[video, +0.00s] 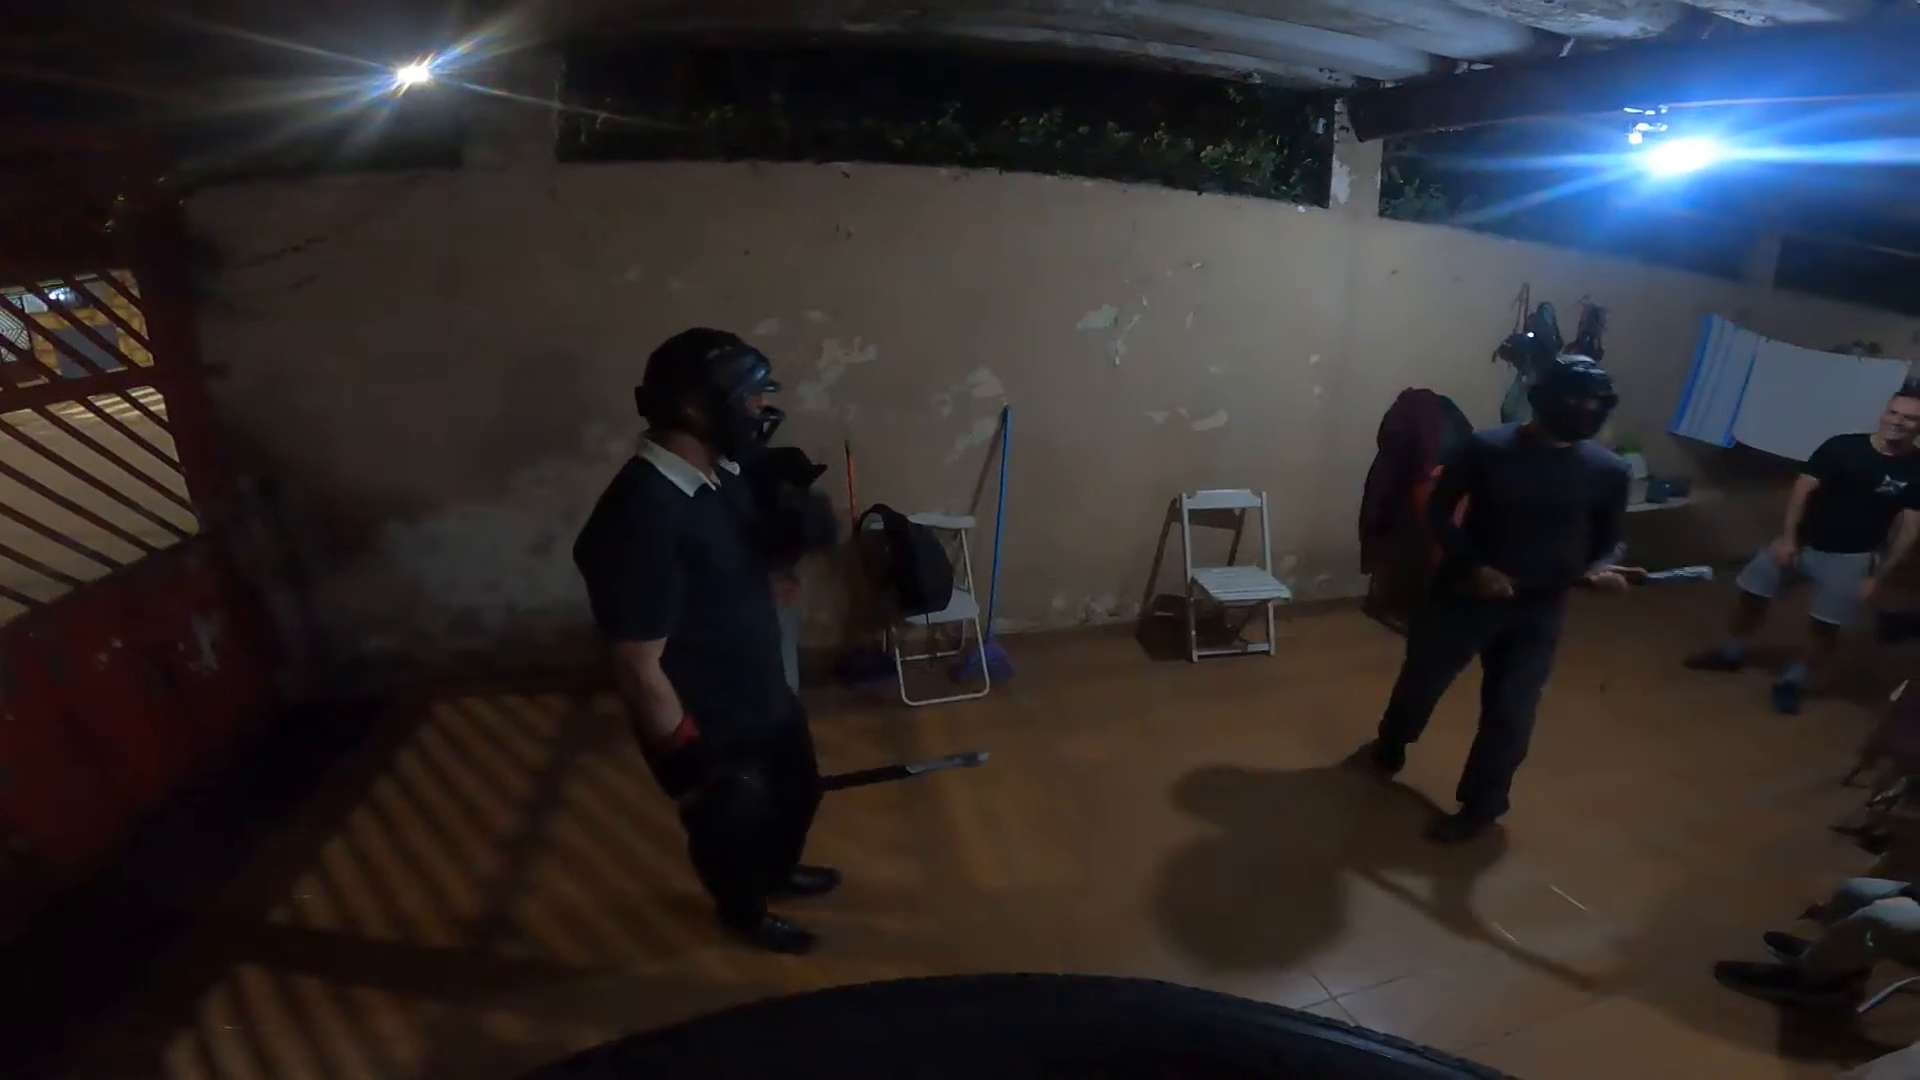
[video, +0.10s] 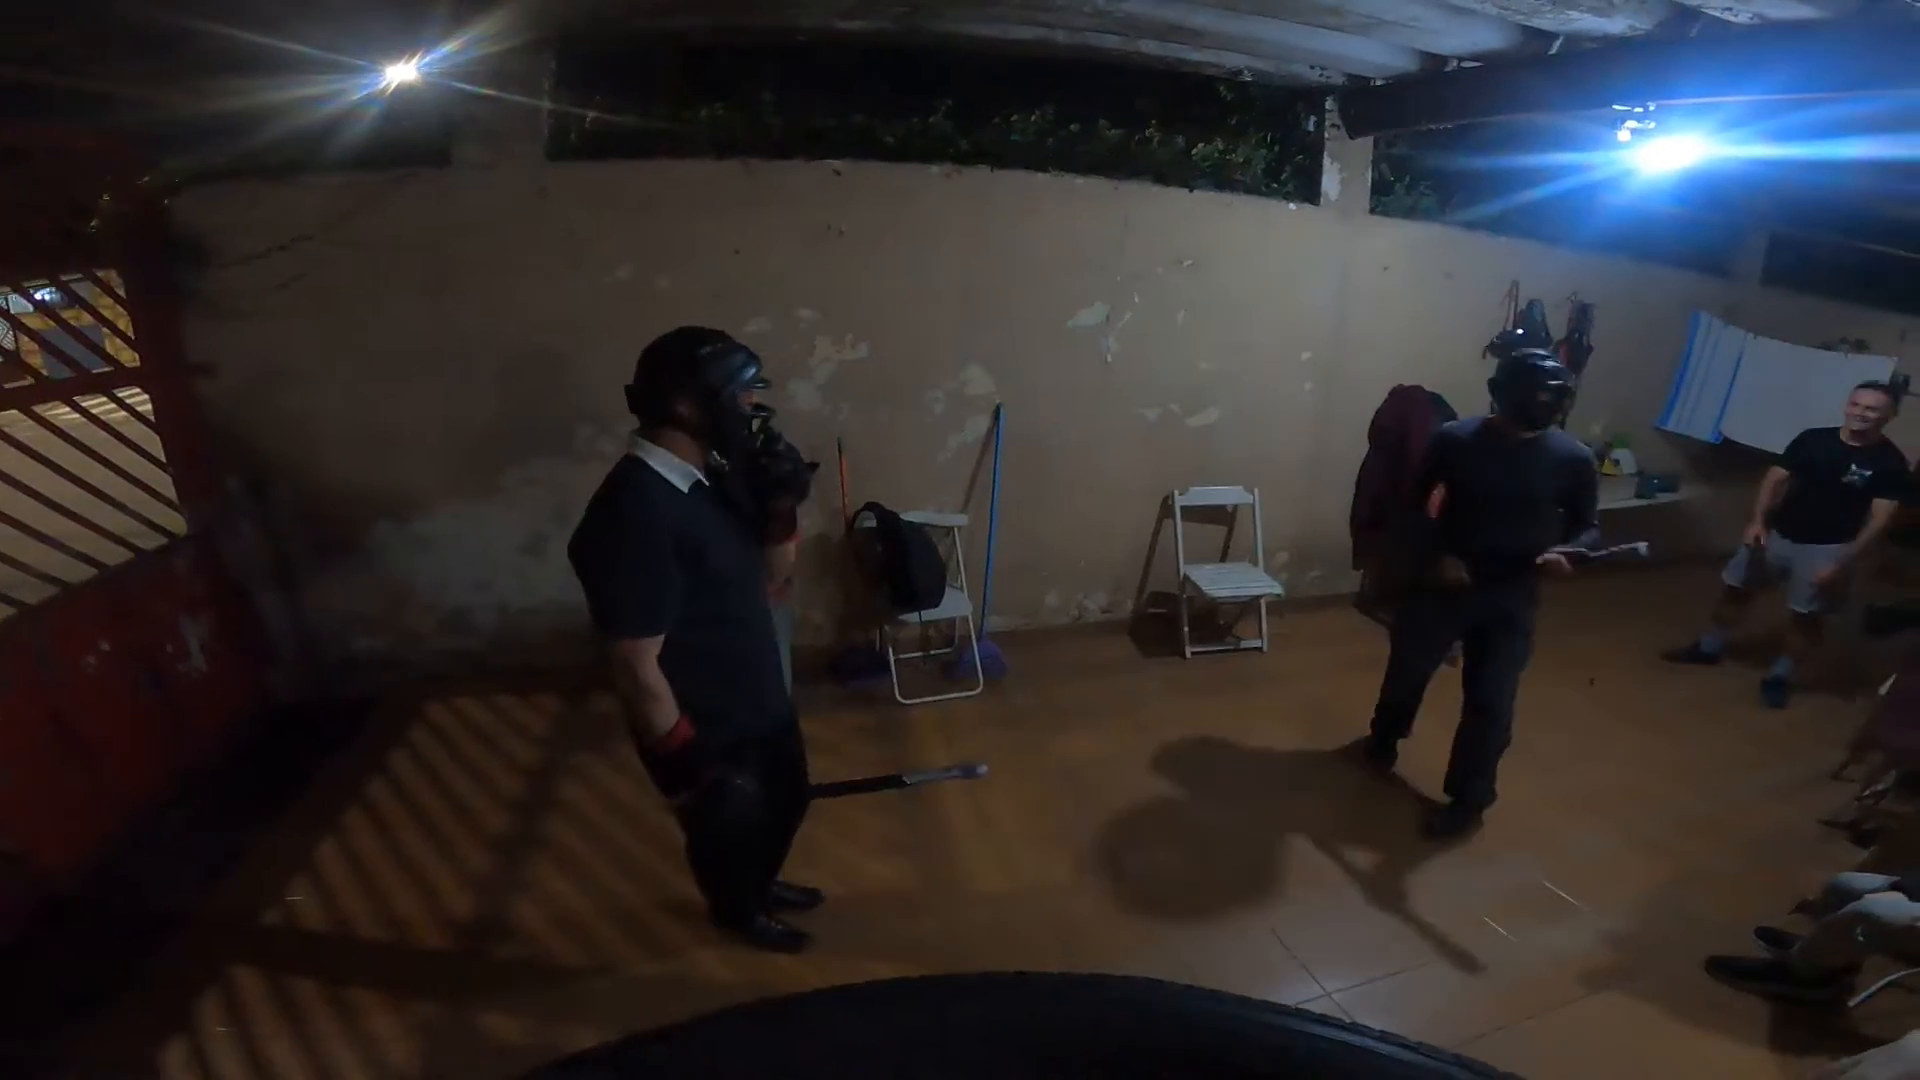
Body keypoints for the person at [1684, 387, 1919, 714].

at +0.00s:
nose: (1899, 421)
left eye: (1909, 418)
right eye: (1894, 413)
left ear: (1919, 426)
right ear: (1883, 414)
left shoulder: (1912, 471)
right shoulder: (1841, 447)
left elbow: (1909, 529)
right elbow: (1802, 487)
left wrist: (1878, 576)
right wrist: (1788, 538)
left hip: (1849, 557)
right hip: (1803, 541)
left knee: (1825, 623)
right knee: (1752, 584)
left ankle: (1795, 680)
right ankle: (1733, 649)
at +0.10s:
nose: (1860, 414)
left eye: (1871, 410)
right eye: (1855, 405)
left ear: (1886, 418)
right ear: (1846, 406)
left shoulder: (1889, 463)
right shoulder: (1812, 440)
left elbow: (1879, 522)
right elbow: (1773, 478)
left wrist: (1840, 563)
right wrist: (1757, 521)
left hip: (1825, 550)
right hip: (1779, 535)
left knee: (1803, 616)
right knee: (1735, 584)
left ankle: (1780, 676)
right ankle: (1709, 646)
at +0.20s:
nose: (1840, 411)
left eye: (1851, 407)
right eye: (1835, 403)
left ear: (1866, 413)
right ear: (1826, 403)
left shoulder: (1871, 457)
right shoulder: (1797, 436)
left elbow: (1859, 515)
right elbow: (1759, 475)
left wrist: (1823, 558)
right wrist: (1741, 516)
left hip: (1809, 545)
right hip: (1764, 531)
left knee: (1791, 611)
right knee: (1723, 581)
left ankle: (1774, 672)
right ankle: (1704, 643)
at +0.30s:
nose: (1806, 406)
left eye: (1816, 401)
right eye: (1801, 398)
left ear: (1835, 403)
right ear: (1795, 398)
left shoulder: (1845, 448)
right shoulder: (1773, 432)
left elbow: (1830, 505)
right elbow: (1738, 471)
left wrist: (1796, 549)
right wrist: (1717, 513)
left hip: (1784, 539)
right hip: (1741, 526)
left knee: (1772, 607)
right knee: (1709, 581)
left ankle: (1764, 668)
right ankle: (1692, 641)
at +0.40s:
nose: (1765, 402)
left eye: (1774, 396)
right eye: (1760, 396)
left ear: (1796, 397)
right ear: (1754, 396)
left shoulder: (1811, 442)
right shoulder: (1741, 428)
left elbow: (1795, 498)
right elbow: (1711, 469)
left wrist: (1757, 539)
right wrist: (1687, 510)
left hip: (1757, 533)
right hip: (1711, 520)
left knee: (1755, 602)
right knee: (1685, 574)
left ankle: (1745, 664)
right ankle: (1676, 636)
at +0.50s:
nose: (1748, 400)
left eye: (1757, 394)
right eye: (1743, 393)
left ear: (1778, 393)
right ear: (1738, 393)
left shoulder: (1795, 437)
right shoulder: (1727, 424)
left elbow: (1783, 493)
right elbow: (1698, 467)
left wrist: (1745, 532)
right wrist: (1674, 508)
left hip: (1745, 528)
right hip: (1699, 516)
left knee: (1743, 597)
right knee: (1677, 573)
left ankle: (1733, 658)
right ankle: (1668, 634)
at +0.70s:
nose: (1688, 391)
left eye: (1696, 384)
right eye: (1682, 384)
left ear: (1714, 382)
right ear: (1676, 383)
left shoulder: (1735, 422)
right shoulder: (1670, 417)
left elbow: (1740, 476)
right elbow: (1645, 455)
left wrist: (1725, 520)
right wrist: (1621, 486)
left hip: (1698, 512)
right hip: (1657, 503)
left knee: (1684, 578)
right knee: (1641, 563)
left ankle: (1672, 637)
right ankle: (1634, 623)